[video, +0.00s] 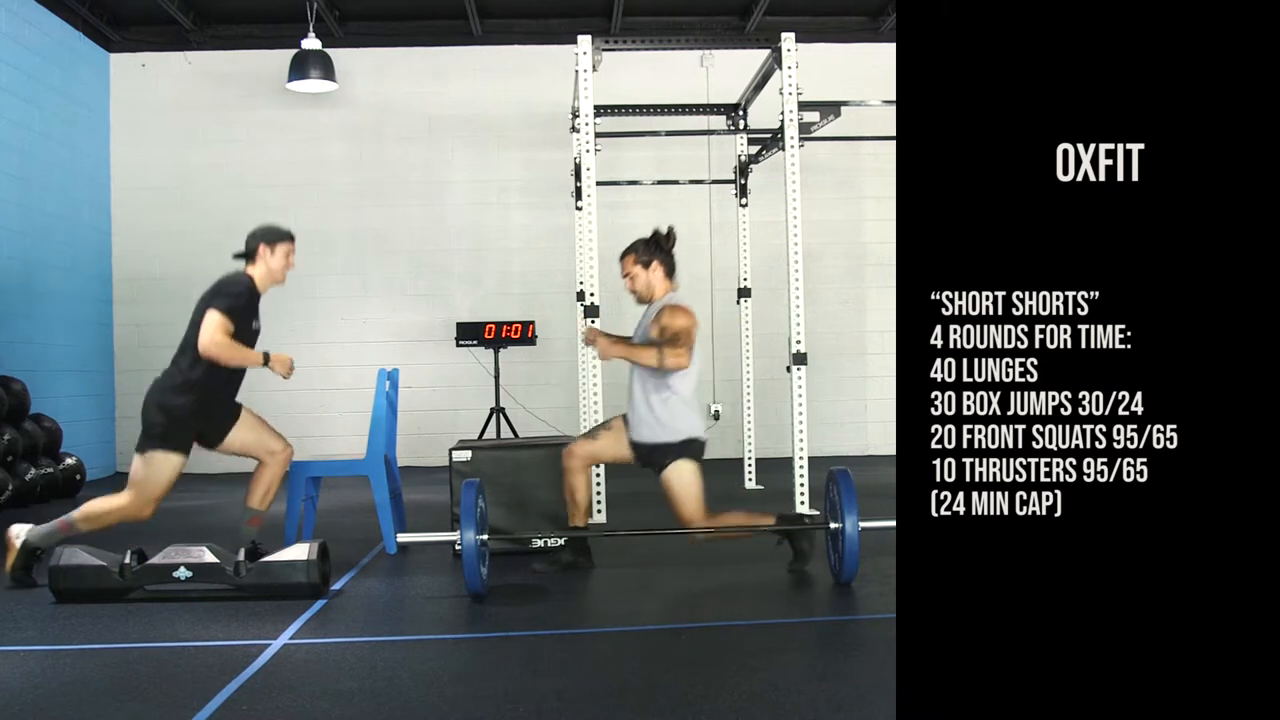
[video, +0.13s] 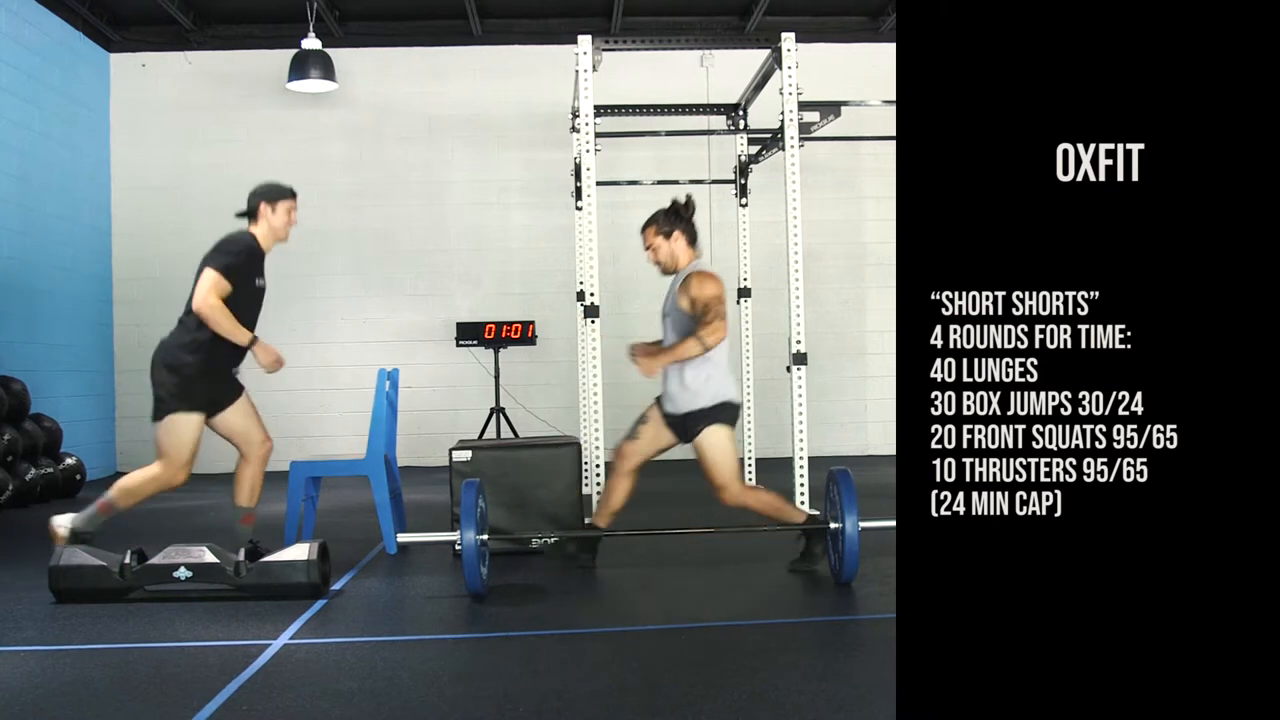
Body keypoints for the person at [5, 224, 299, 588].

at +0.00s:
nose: (292, 262)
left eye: (293, 254)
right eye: (287, 254)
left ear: (267, 255)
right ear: (263, 252)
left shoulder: (248, 296)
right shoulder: (235, 288)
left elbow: (212, 358)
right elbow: (211, 343)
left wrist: (206, 422)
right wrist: (268, 359)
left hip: (211, 407)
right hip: (177, 405)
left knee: (278, 452)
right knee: (139, 504)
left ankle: (246, 548)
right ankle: (31, 539)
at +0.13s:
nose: (294, 221)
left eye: (295, 213)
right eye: (289, 212)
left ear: (269, 213)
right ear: (265, 211)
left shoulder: (253, 256)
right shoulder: (239, 247)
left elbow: (220, 309)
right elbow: (205, 302)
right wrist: (256, 344)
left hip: (212, 372)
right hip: (184, 366)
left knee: (258, 446)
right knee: (172, 471)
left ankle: (243, 548)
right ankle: (79, 526)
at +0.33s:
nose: (286, 187)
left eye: (287, 179)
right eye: (281, 178)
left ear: (265, 180)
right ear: (255, 178)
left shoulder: (263, 231)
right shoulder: (221, 223)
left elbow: (248, 293)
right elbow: (181, 280)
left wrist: (281, 335)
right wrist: (203, 339)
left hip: (227, 348)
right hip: (196, 345)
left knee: (228, 447)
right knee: (220, 444)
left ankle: (234, 541)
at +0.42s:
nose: (283, 188)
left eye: (285, 181)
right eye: (277, 180)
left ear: (265, 182)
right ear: (252, 178)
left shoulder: (259, 231)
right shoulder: (220, 225)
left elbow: (255, 292)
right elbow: (179, 285)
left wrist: (292, 332)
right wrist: (197, 343)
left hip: (228, 350)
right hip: (201, 349)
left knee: (239, 446)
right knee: (226, 448)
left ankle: (240, 543)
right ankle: (227, 549)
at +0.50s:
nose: (281, 193)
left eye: (283, 185)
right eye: (276, 184)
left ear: (262, 184)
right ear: (250, 180)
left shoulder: (253, 229)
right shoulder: (222, 225)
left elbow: (255, 289)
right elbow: (182, 288)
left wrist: (295, 327)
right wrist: (198, 351)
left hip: (226, 351)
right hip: (200, 351)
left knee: (247, 445)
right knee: (224, 450)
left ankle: (241, 544)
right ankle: (227, 552)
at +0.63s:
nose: (281, 198)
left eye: (284, 190)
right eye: (277, 189)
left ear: (262, 188)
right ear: (252, 184)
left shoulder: (254, 232)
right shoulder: (220, 228)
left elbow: (253, 290)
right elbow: (179, 290)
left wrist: (289, 323)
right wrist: (200, 353)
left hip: (219, 351)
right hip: (190, 352)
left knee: (245, 445)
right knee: (225, 451)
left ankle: (210, 537)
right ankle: (227, 553)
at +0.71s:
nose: (281, 209)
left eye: (284, 201)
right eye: (277, 199)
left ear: (261, 198)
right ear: (251, 194)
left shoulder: (255, 242)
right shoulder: (215, 238)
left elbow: (256, 298)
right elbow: (168, 297)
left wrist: (284, 329)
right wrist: (193, 357)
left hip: (215, 358)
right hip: (185, 357)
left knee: (226, 454)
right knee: (239, 450)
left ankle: (152, 521)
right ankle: (231, 554)